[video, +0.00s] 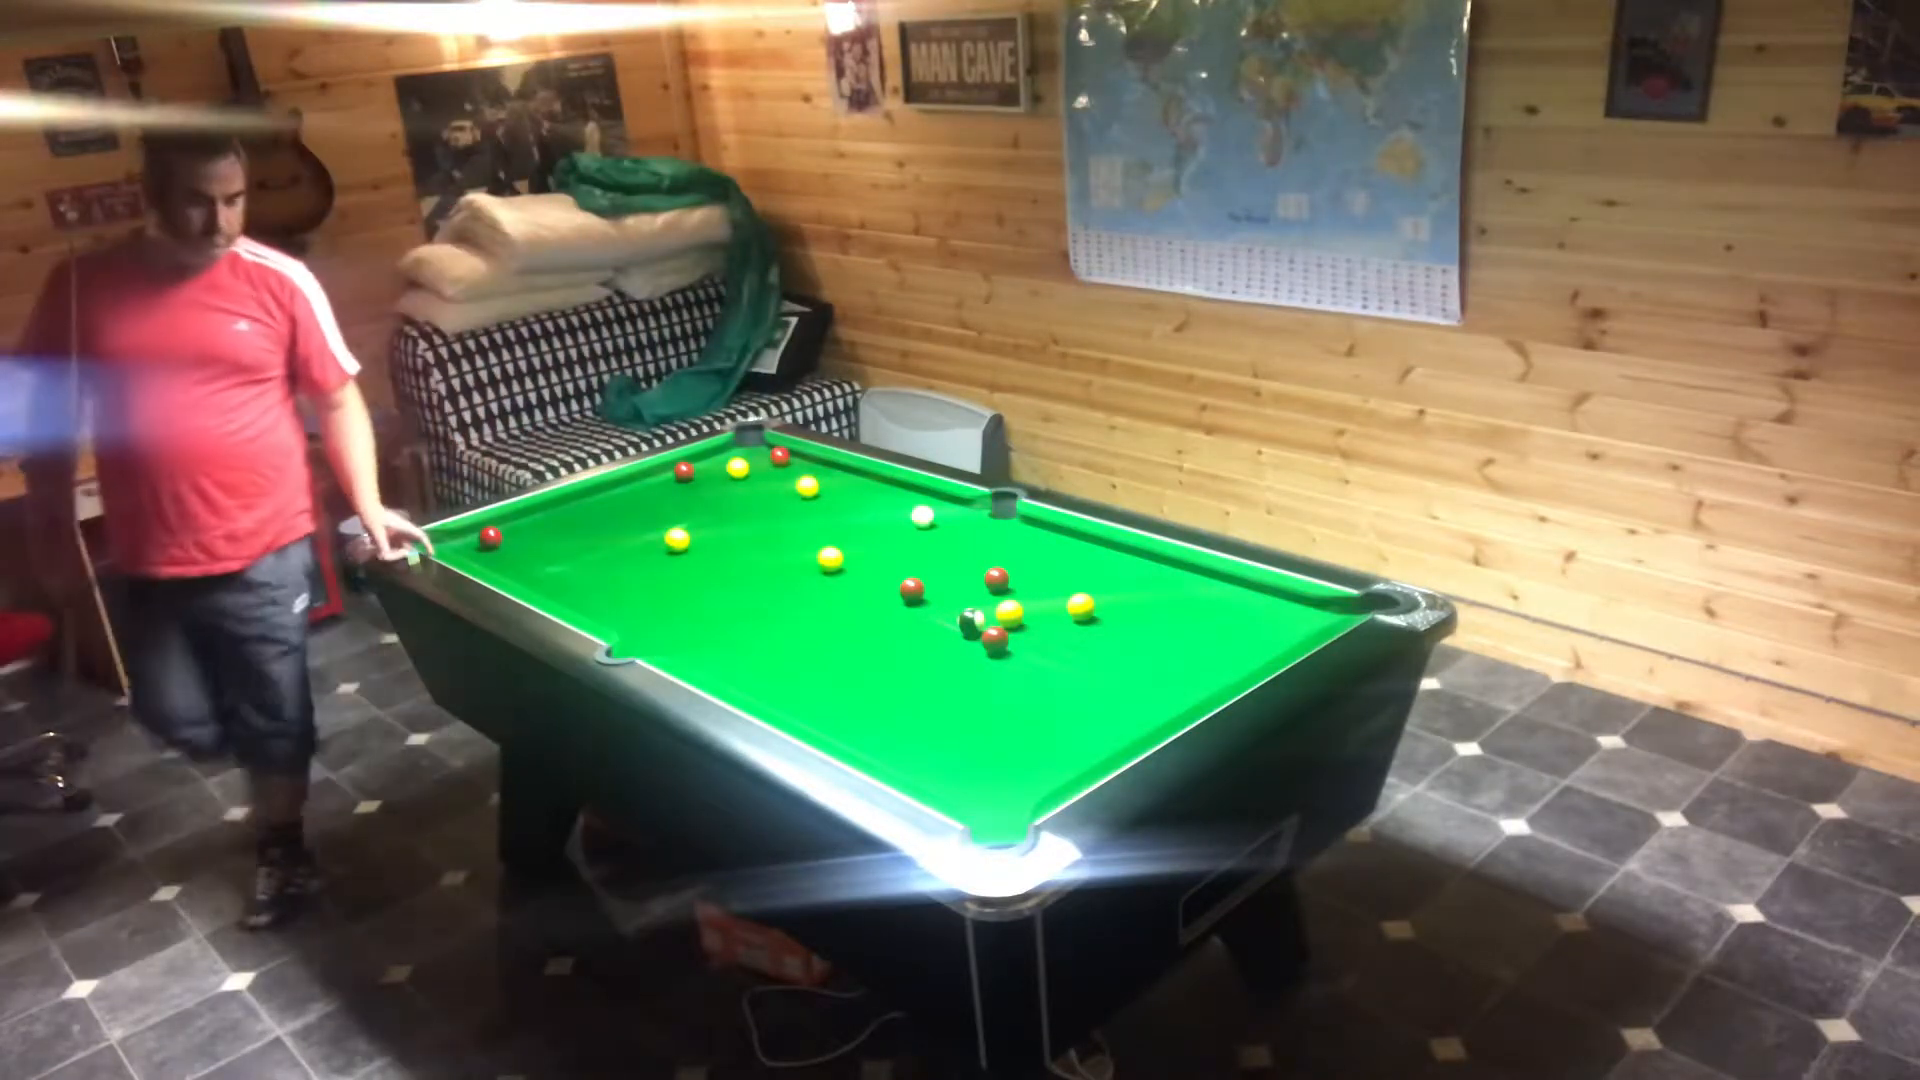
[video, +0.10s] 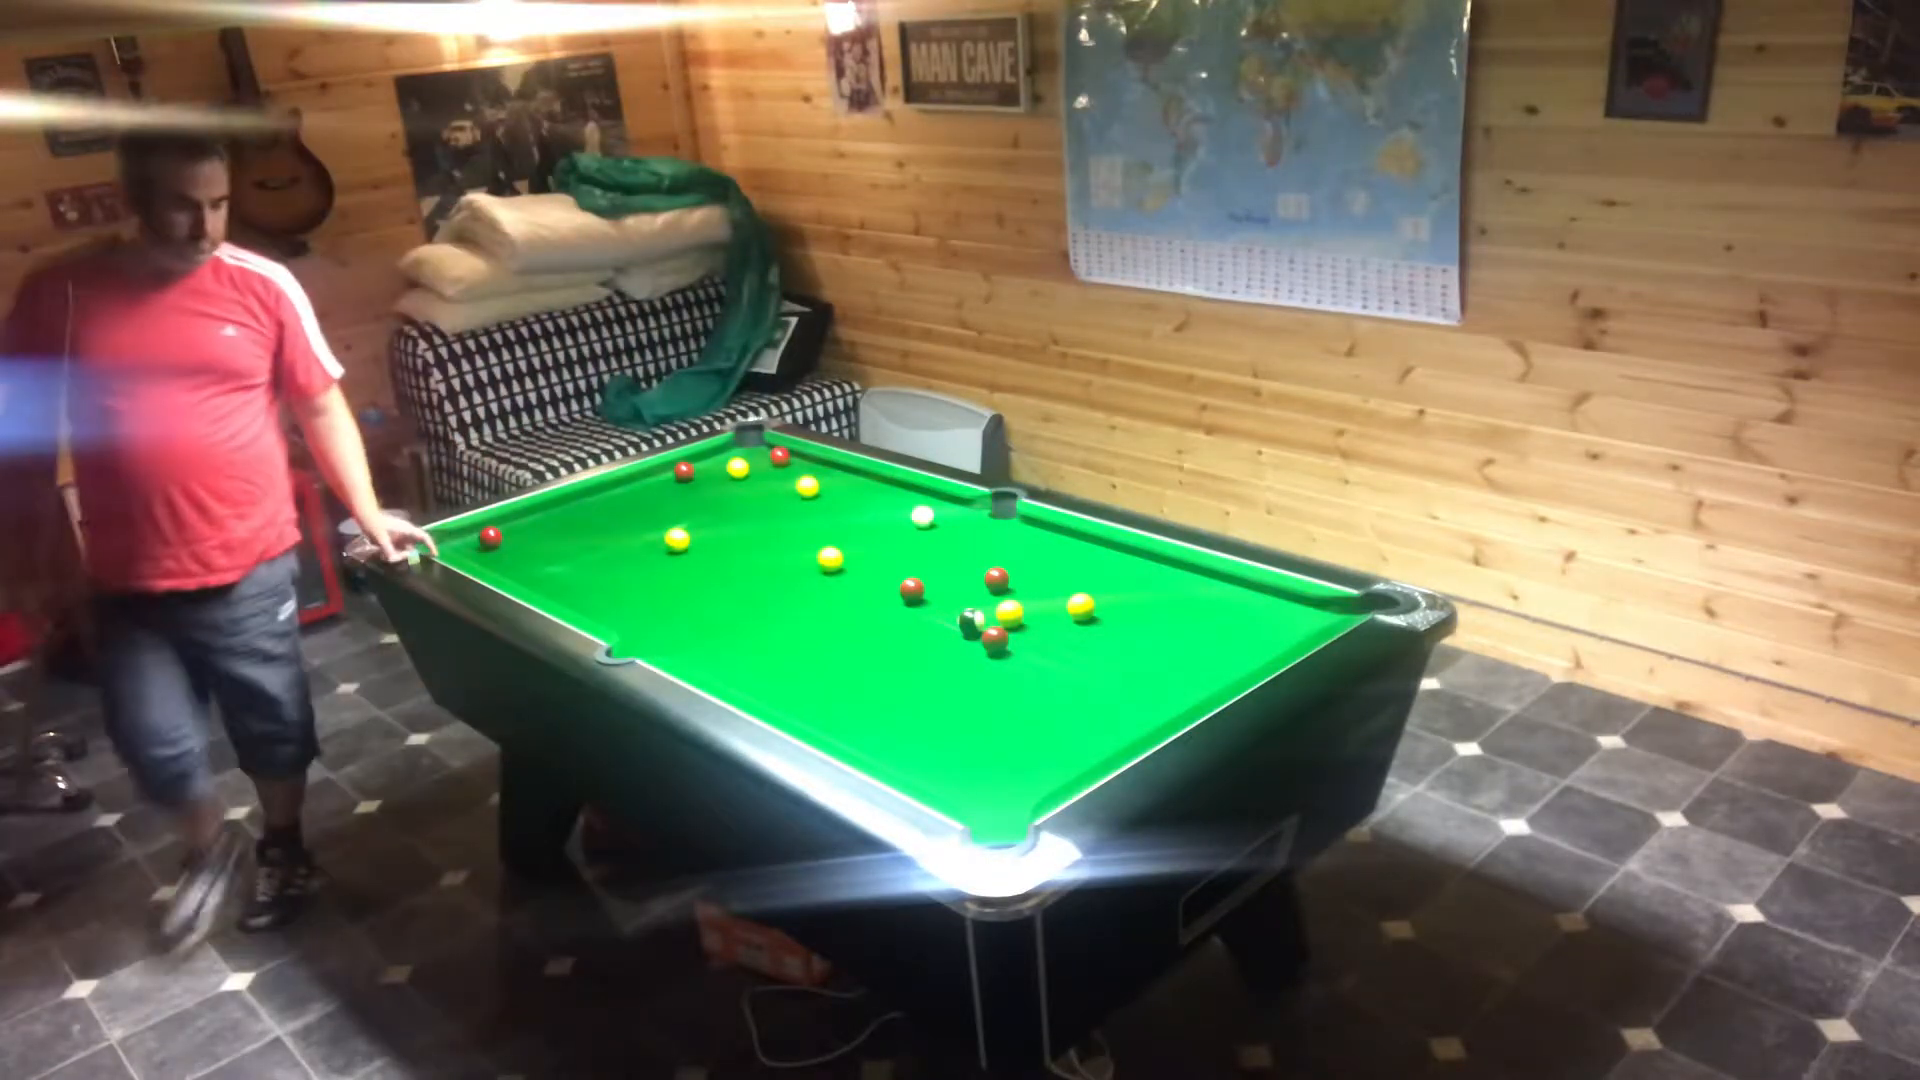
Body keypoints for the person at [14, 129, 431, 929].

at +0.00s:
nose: (222, 219)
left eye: (235, 199)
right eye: (200, 203)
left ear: (247, 191)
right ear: (153, 198)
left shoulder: (282, 284)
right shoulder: (85, 289)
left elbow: (338, 398)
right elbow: (45, 428)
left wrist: (369, 504)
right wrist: (60, 544)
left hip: (262, 555)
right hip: (148, 563)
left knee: (273, 722)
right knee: (179, 719)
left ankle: (282, 852)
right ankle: (270, 752)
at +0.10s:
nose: (205, 224)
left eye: (218, 204)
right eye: (183, 207)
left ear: (232, 194)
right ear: (135, 202)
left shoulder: (267, 291)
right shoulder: (63, 297)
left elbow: (323, 407)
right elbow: (25, 442)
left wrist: (367, 511)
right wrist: (52, 555)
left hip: (248, 573)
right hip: (130, 583)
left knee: (275, 729)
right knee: (154, 746)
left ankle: (285, 848)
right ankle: (211, 847)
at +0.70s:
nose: (121, 254)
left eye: (122, 233)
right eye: (97, 237)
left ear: (120, 231)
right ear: (23, 244)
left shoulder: (144, 338)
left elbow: (208, 464)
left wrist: (281, 572)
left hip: (177, 673)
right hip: (40, 706)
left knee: (216, 849)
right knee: (104, 893)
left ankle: (242, 915)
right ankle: (159, 1018)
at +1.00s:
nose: (155, 290)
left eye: (153, 266)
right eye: (135, 267)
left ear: (72, 278)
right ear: (56, 278)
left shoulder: (154, 380)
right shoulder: (5, 405)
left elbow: (199, 520)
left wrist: (233, 649)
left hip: (197, 737)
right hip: (54, 772)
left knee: (234, 968)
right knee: (114, 938)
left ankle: (274, 1073)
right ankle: (161, 1017)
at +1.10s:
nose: (181, 293)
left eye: (178, 270)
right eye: (163, 271)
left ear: (107, 281)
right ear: (90, 281)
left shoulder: (175, 390)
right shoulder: (9, 406)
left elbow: (221, 535)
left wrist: (260, 665)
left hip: (214, 749)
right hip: (66, 785)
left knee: (260, 1012)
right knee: (120, 957)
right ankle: (151, 1027)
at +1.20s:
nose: (205, 291)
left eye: (202, 267)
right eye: (187, 268)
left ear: (127, 278)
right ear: (110, 279)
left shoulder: (199, 388)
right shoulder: (13, 403)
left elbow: (249, 541)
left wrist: (298, 683)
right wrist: (5, 825)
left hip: (244, 774)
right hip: (89, 808)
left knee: (281, 1032)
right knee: (128, 1022)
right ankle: (142, 1066)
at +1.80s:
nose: (361, 317)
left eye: (356, 291)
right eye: (345, 291)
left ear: (278, 312)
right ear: (281, 310)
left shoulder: (337, 433)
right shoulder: (107, 505)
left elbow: (419, 613)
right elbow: (95, 807)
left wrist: (510, 778)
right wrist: (160, 1047)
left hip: (453, 902)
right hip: (323, 966)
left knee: (461, 1051)